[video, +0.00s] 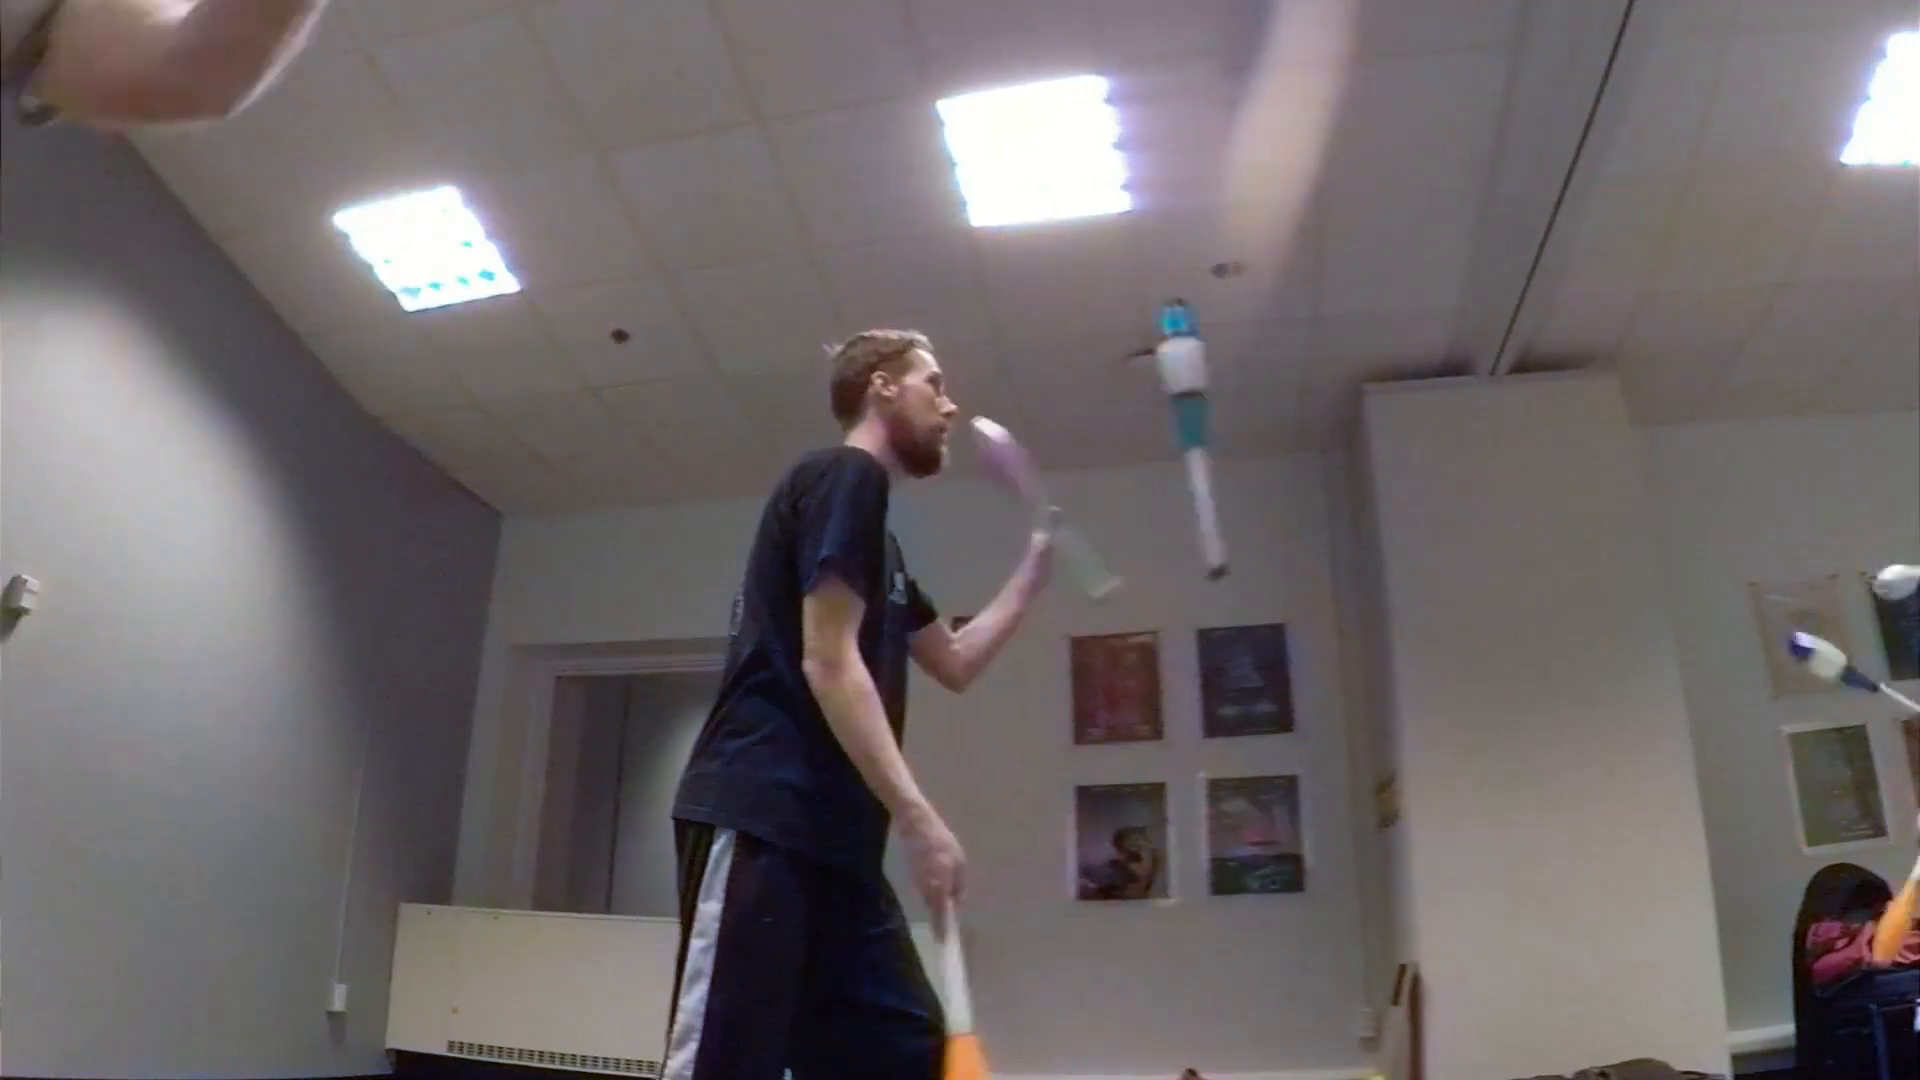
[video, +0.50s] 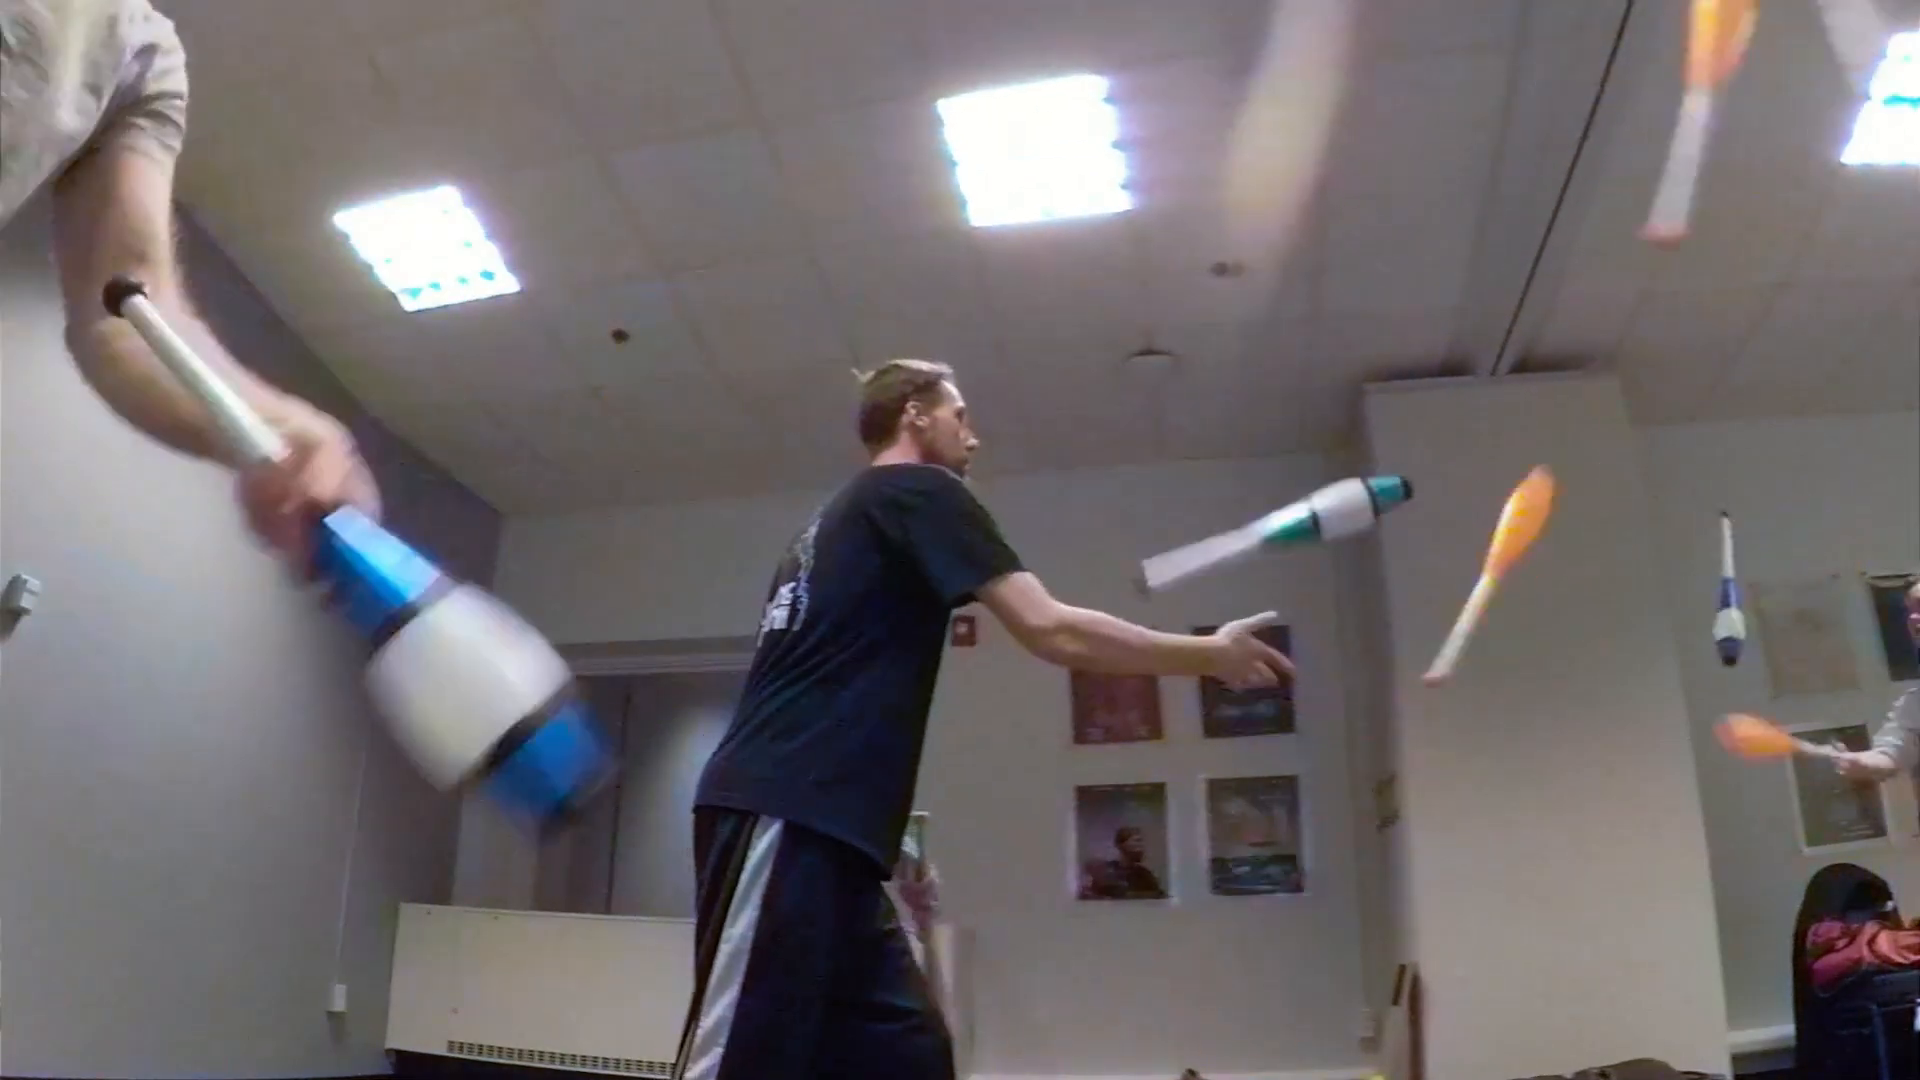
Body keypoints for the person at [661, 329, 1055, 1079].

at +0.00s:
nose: (950, 404)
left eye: (946, 388)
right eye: (934, 384)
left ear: (889, 392)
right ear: (881, 387)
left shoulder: (875, 539)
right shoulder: (847, 475)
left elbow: (956, 662)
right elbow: (829, 661)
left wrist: (1032, 570)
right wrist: (919, 817)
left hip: (824, 834)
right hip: (760, 820)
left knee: (903, 1042)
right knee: (720, 1057)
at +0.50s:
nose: (973, 435)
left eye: (969, 419)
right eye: (960, 417)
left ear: (897, 426)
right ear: (915, 419)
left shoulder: (845, 514)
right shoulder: (918, 492)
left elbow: (825, 636)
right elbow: (1049, 628)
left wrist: (929, 627)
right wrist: (1209, 653)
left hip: (810, 816)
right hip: (792, 810)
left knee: (902, 1046)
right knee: (735, 1051)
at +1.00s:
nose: (939, 420)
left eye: (935, 403)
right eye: (926, 400)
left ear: (887, 407)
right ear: (879, 403)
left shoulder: (906, 533)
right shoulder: (858, 478)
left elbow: (1026, 586)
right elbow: (819, 639)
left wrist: (1135, 519)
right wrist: (884, 810)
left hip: (858, 832)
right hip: (788, 819)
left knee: (946, 1051)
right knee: (728, 1060)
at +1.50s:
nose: (763, 429)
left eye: (761, 416)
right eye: (736, 417)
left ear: (770, 437)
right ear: (682, 448)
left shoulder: (805, 539)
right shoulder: (674, 583)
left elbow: (893, 647)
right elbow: (761, 723)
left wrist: (985, 594)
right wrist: (926, 775)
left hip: (860, 841)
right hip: (762, 855)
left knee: (951, 1040)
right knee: (822, 1059)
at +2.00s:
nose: (707, 501)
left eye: (716, 491)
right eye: (693, 483)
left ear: (720, 507)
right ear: (646, 485)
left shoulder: (715, 599)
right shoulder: (581, 583)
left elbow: (759, 705)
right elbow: (556, 721)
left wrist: (733, 582)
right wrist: (614, 828)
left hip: (706, 866)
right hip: (601, 865)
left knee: (748, 1051)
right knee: (584, 1057)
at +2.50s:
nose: (645, 518)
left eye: (653, 509)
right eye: (635, 499)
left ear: (653, 521)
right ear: (590, 489)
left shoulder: (621, 606)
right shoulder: (513, 568)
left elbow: (631, 721)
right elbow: (460, 687)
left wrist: (680, 667)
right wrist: (435, 809)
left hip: (575, 839)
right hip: (491, 832)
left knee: (585, 1020)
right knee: (485, 1015)